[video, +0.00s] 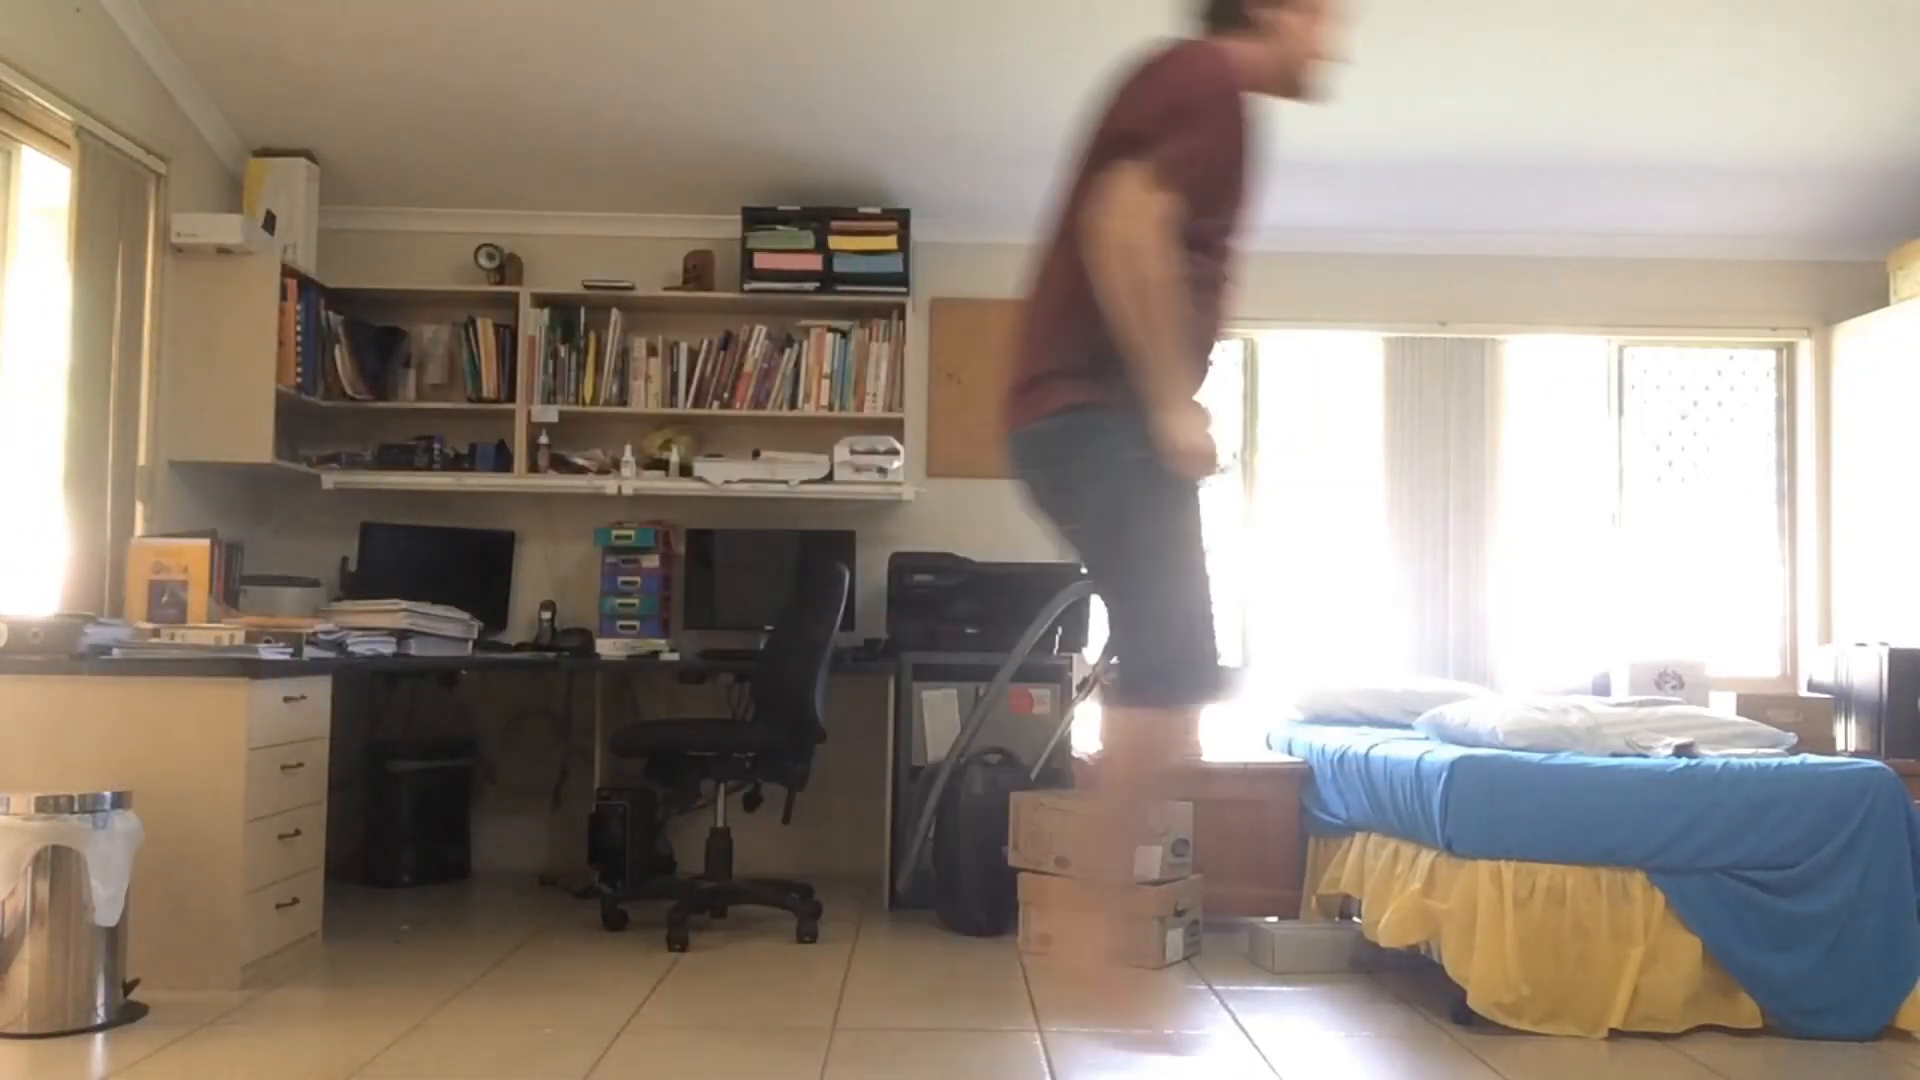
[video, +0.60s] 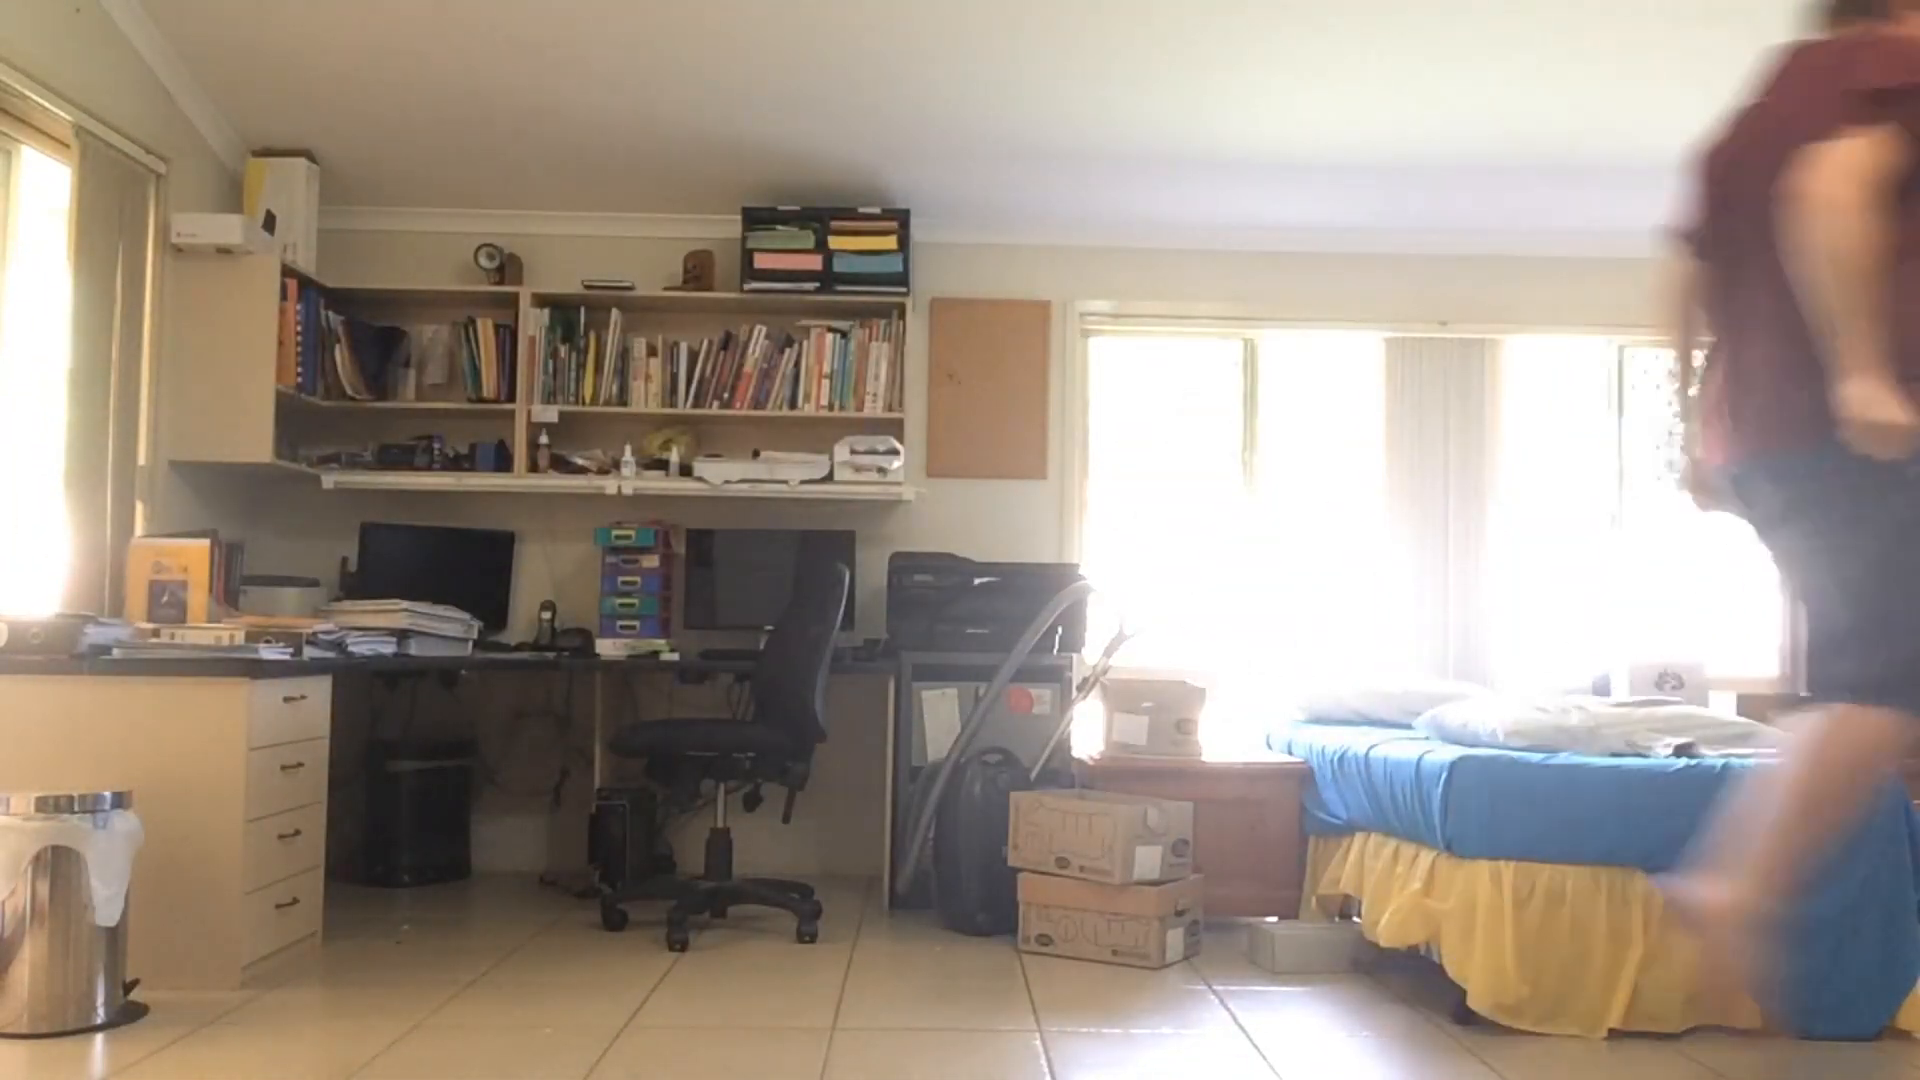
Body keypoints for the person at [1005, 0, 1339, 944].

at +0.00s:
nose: (1334, 46)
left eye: (1333, 27)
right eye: (1326, 23)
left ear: (1267, 17)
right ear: (1277, 14)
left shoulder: (1203, 83)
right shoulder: (1204, 74)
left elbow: (1129, 230)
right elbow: (1125, 217)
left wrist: (1171, 403)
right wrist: (1174, 400)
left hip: (1101, 417)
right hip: (1095, 417)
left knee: (1163, 673)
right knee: (1166, 674)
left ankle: (1127, 926)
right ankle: (1119, 935)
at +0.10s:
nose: (1484, 98)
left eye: (1484, 77)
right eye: (1475, 74)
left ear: (1414, 66)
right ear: (1424, 65)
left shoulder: (1346, 138)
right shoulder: (1353, 134)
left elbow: (1232, 269)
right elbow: (1247, 256)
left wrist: (1263, 430)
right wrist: (1280, 441)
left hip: (1187, 442)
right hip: (1185, 441)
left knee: (1299, 709)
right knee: (1298, 709)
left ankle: (1333, 959)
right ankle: (1340, 977)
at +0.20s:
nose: (1598, 176)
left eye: (1595, 154)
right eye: (1586, 153)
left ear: (1516, 154)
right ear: (1534, 153)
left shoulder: (1445, 226)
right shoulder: (1477, 230)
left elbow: (1350, 373)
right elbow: (1363, 356)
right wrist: (1386, 556)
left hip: (1292, 549)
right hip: (1312, 551)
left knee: (1445, 798)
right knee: (1456, 798)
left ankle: (1413, 1052)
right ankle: (1402, 1059)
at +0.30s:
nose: (1670, 213)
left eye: (1664, 193)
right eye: (1658, 195)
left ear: (1572, 211)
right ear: (1608, 210)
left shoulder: (1524, 297)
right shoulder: (1571, 302)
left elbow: (1477, 472)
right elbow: (1503, 463)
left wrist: (1496, 645)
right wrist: (1507, 651)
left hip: (1412, 639)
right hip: (1441, 643)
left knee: (1533, 861)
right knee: (1577, 875)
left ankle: (1426, 1058)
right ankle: (1403, 1064)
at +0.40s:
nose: (1734, 148)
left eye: (1729, 127)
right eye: (1723, 128)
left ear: (1618, 144)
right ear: (1681, 138)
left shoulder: (1566, 248)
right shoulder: (1666, 234)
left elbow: (1469, 398)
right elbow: (1594, 375)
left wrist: (1483, 545)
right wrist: (1637, 555)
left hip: (1523, 573)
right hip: (1579, 574)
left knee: (1583, 829)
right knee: (1626, 835)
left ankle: (1440, 1040)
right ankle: (1425, 1046)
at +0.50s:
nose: (1800, 79)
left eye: (1803, 58)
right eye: (1796, 56)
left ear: (1699, 50)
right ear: (1753, 44)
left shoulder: (1636, 150)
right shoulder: (1744, 112)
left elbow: (1523, 292)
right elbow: (1671, 218)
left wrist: (1578, 434)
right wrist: (1760, 396)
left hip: (1689, 482)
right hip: (1764, 478)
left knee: (1675, 729)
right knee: (1738, 741)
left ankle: (1522, 944)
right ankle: (1528, 936)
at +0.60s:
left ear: (1835, 9)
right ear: (1903, 5)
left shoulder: (1774, 92)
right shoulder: (1884, 61)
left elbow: (1687, 275)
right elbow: (1832, 191)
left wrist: (1703, 421)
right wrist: (1865, 376)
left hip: (1769, 438)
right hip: (1842, 436)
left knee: (1847, 682)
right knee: (1884, 683)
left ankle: (1733, 905)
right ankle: (1734, 888)